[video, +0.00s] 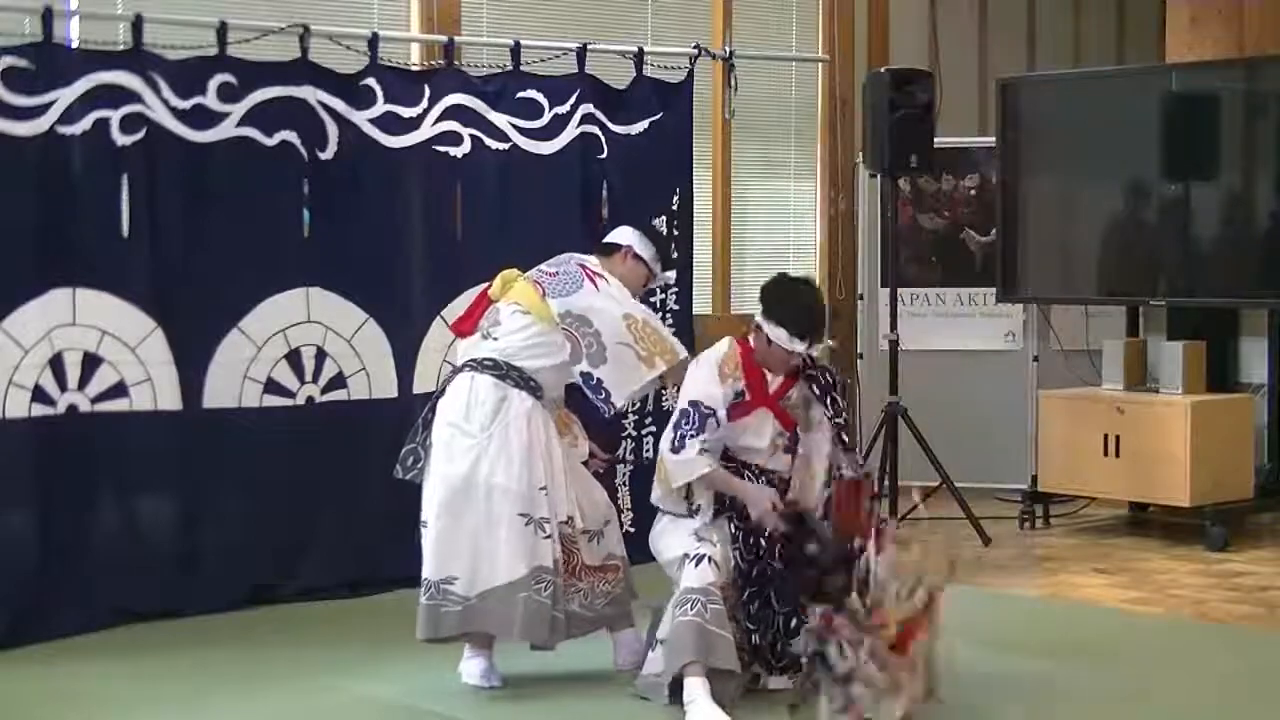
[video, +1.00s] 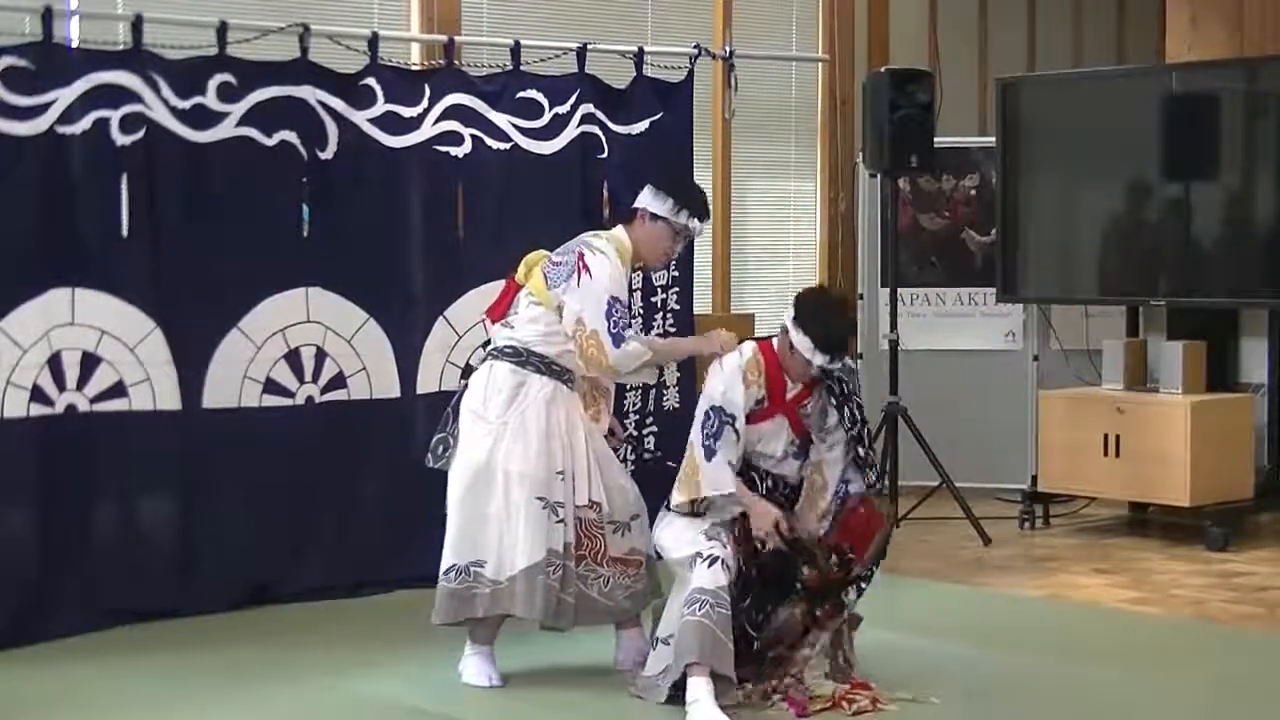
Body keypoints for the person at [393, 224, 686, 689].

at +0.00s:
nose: (644, 290)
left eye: (649, 282)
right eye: (646, 276)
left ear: (619, 255)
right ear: (627, 255)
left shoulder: (559, 274)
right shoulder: (594, 280)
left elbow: (543, 384)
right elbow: (656, 349)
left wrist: (581, 443)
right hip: (492, 403)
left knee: (593, 512)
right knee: (487, 526)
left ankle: (627, 643)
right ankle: (478, 653)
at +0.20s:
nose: (640, 280)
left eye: (646, 271)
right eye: (643, 266)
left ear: (613, 243)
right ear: (622, 245)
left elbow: (542, 370)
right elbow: (634, 353)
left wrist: (577, 432)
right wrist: (654, 408)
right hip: (498, 399)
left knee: (594, 510)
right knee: (488, 522)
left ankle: (627, 642)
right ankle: (478, 652)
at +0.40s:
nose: (644, 267)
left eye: (651, 257)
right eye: (648, 251)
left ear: (622, 227)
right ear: (624, 227)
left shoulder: (567, 257)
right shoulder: (583, 262)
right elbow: (565, 341)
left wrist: (585, 419)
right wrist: (579, 408)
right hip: (504, 394)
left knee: (604, 505)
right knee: (501, 518)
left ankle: (629, 645)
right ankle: (478, 651)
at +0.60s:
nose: (661, 254)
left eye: (667, 244)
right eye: (661, 238)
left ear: (629, 221)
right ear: (630, 217)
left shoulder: (592, 263)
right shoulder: (580, 258)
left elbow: (564, 354)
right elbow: (590, 346)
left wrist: (591, 415)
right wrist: (668, 345)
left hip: (544, 400)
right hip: (503, 394)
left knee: (613, 504)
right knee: (498, 517)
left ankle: (631, 643)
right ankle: (478, 650)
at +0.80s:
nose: (670, 249)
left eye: (677, 239)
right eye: (669, 233)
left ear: (641, 220)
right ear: (638, 215)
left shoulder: (608, 262)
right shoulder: (594, 257)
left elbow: (579, 353)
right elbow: (607, 350)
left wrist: (596, 409)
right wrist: (705, 359)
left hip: (555, 400)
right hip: (510, 390)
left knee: (618, 510)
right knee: (504, 515)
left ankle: (630, 644)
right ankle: (479, 649)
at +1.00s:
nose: (676, 251)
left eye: (682, 242)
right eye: (675, 236)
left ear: (645, 222)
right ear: (644, 219)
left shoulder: (611, 264)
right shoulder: (595, 261)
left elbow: (585, 354)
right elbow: (604, 353)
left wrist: (595, 406)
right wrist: (696, 345)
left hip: (555, 402)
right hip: (513, 394)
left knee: (620, 507)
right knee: (502, 516)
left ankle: (633, 643)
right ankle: (479, 651)